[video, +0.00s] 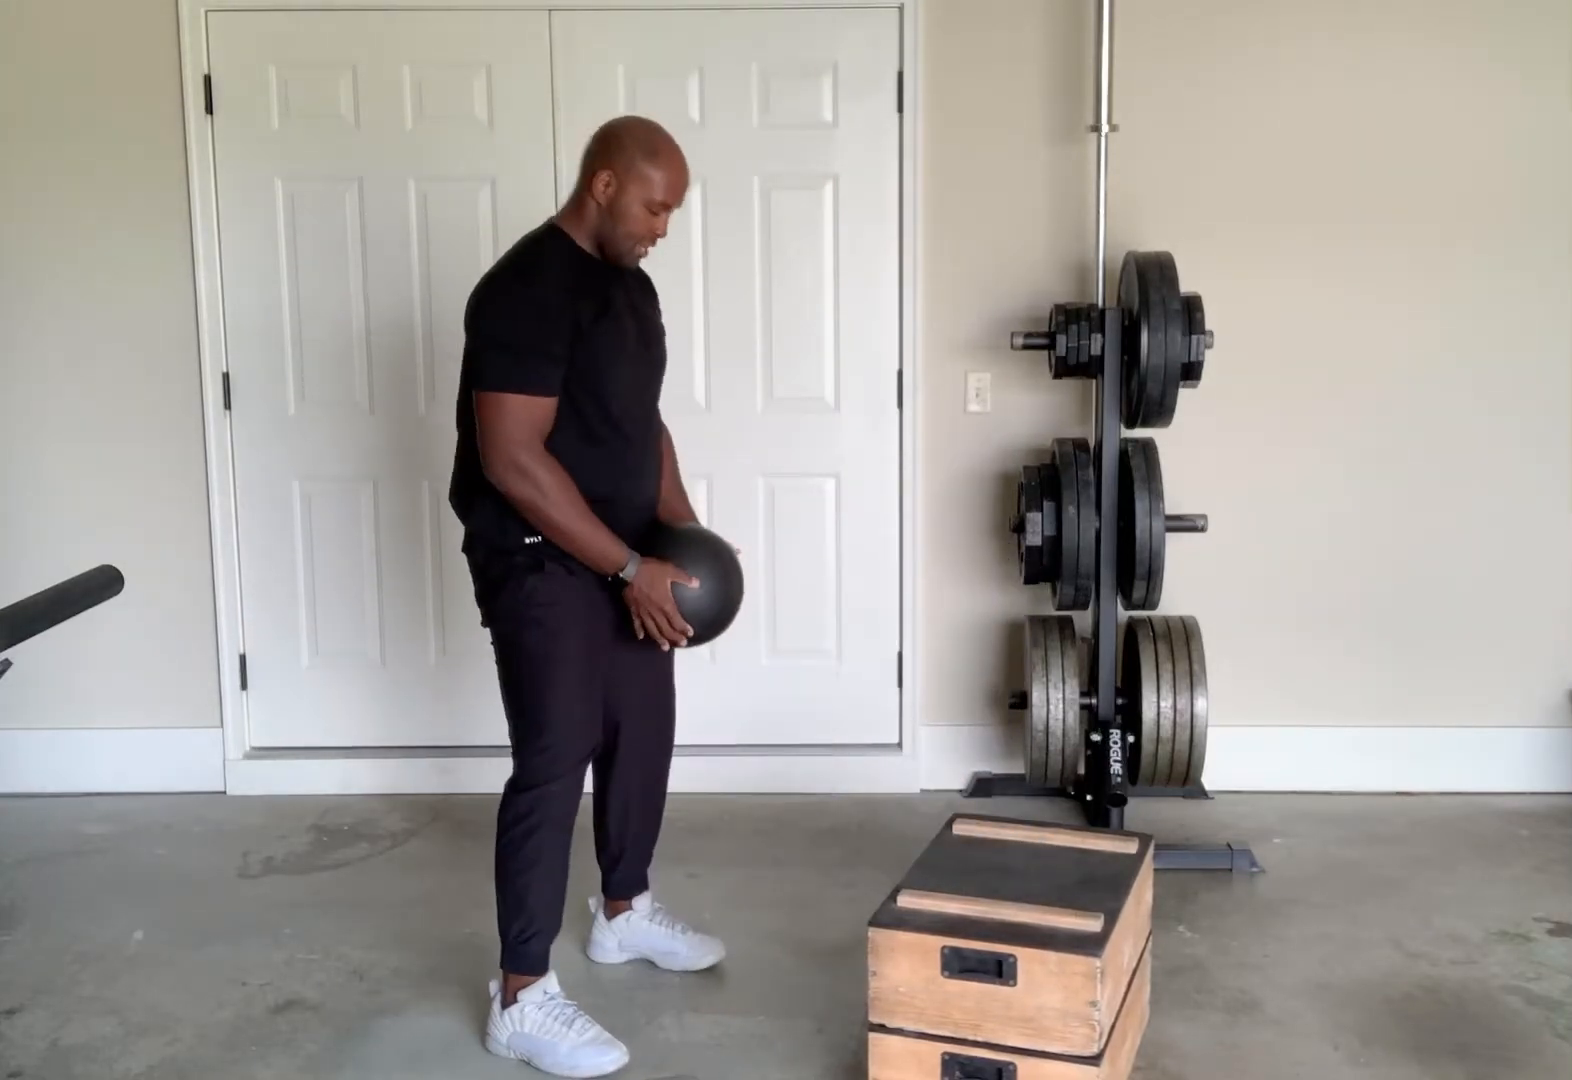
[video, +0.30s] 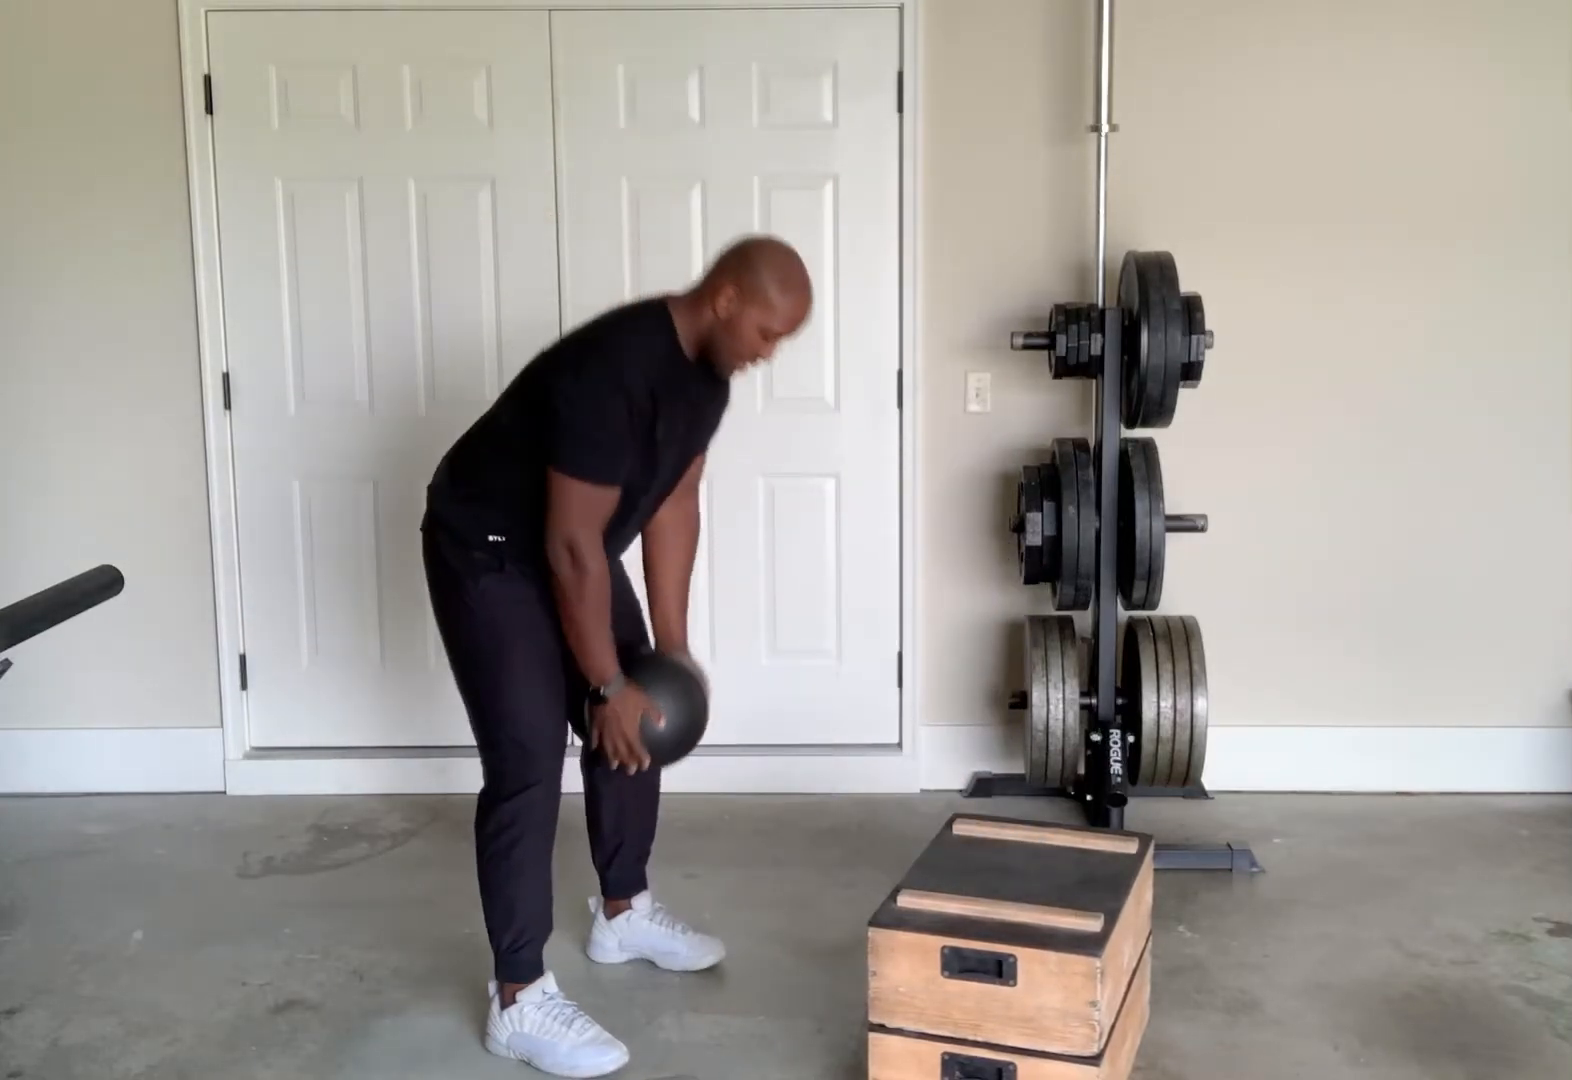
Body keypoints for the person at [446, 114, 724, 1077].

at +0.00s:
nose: (664, 227)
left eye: (671, 211)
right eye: (655, 208)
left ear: (635, 196)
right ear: (599, 184)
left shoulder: (630, 287)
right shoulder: (526, 288)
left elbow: (639, 422)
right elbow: (511, 461)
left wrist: (679, 532)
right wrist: (626, 569)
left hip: (621, 553)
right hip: (539, 560)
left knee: (640, 733)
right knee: (553, 759)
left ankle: (625, 914)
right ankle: (522, 994)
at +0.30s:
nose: (769, 350)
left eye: (782, 337)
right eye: (767, 330)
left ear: (739, 307)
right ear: (723, 296)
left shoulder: (706, 374)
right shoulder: (615, 365)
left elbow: (672, 510)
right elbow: (571, 545)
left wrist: (672, 655)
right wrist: (608, 690)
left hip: (579, 540)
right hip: (488, 545)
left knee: (635, 705)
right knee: (527, 755)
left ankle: (622, 912)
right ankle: (518, 996)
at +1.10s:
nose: (805, 253)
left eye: (804, 235)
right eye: (791, 236)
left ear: (750, 247)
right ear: (731, 243)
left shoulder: (746, 346)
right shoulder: (671, 339)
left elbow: (704, 472)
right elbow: (597, 497)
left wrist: (733, 582)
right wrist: (687, 624)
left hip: (630, 548)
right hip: (548, 546)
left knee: (683, 725)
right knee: (590, 766)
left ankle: (628, 914)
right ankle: (524, 996)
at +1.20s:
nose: (751, 176)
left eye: (748, 160)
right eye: (734, 161)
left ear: (693, 174)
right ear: (675, 174)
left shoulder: (720, 275)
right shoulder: (618, 265)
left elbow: (725, 394)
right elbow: (624, 412)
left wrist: (817, 398)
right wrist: (778, 397)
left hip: (691, 540)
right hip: (621, 540)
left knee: (702, 729)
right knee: (668, 744)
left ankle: (624, 908)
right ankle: (557, 961)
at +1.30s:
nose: (736, 165)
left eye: (733, 150)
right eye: (718, 151)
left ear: (697, 165)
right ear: (658, 167)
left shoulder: (721, 251)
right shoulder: (614, 243)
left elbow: (827, 319)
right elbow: (681, 332)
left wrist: (859, 232)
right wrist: (795, 227)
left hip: (702, 516)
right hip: (638, 512)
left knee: (672, 707)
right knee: (741, 696)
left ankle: (634, 902)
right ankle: (616, 889)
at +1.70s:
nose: (834, 147)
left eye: (834, 131)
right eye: (815, 131)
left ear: (818, 134)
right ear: (760, 133)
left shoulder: (805, 204)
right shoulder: (717, 201)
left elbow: (818, 71)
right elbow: (719, 44)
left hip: (815, 479)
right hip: (770, 479)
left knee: (747, 692)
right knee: (979, 590)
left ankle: (662, 877)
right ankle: (952, 819)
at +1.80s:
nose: (838, 136)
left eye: (837, 118)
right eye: (816, 119)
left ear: (824, 125)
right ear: (758, 129)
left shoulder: (813, 201)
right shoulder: (723, 199)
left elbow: (820, 70)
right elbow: (718, 47)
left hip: (832, 476)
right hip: (783, 478)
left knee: (764, 685)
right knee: (988, 593)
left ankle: (681, 866)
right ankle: (953, 819)